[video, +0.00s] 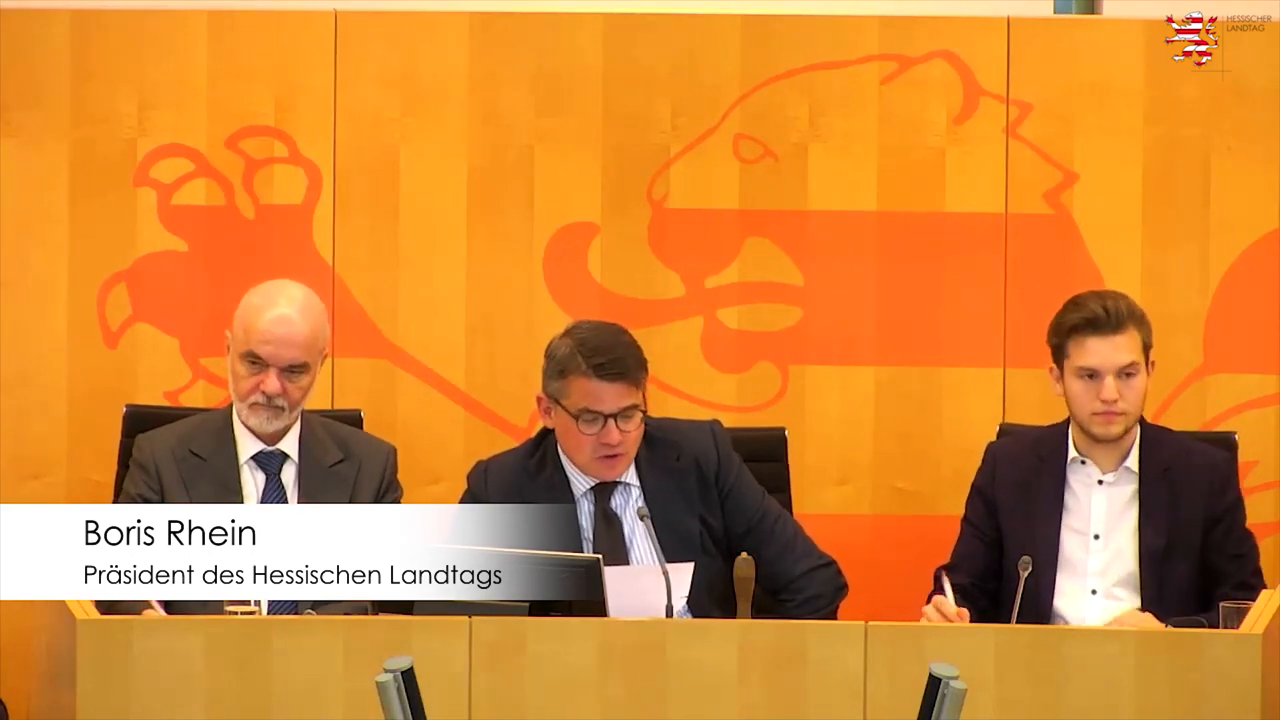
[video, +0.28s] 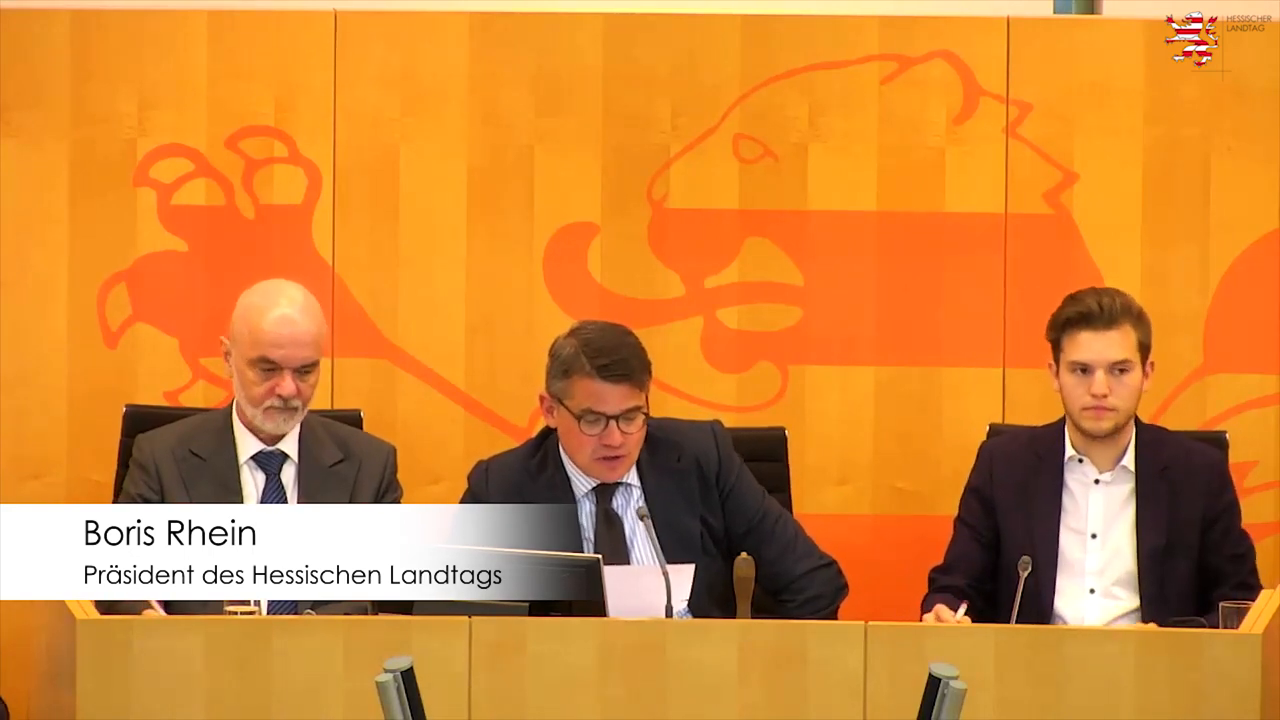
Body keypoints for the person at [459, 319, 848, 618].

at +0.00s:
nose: (613, 437)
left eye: (627, 415)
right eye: (590, 419)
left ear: (645, 396)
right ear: (548, 411)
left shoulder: (703, 456)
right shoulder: (498, 489)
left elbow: (812, 583)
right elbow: (461, 624)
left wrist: (761, 677)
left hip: (703, 677)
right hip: (563, 686)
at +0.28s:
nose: (615, 438)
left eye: (630, 417)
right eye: (592, 420)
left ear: (647, 397)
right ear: (550, 409)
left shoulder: (704, 456)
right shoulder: (498, 488)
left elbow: (813, 583)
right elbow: (463, 624)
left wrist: (760, 677)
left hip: (702, 678)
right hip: (562, 686)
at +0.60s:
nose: (614, 436)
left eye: (630, 414)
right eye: (591, 418)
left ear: (647, 395)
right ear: (549, 407)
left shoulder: (703, 455)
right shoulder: (497, 487)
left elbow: (811, 582)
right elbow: (458, 621)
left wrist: (757, 676)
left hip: (701, 677)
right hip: (562, 685)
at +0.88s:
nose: (617, 440)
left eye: (633, 418)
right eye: (594, 422)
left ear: (650, 398)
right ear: (552, 410)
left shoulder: (705, 457)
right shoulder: (500, 488)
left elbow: (814, 583)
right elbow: (462, 623)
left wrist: (757, 675)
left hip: (702, 678)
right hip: (562, 686)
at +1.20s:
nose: (617, 440)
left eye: (633, 418)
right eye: (594, 422)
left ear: (649, 399)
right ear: (552, 411)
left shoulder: (704, 457)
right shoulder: (499, 488)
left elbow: (814, 583)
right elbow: (459, 622)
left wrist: (757, 676)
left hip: (701, 678)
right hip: (562, 686)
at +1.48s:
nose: (619, 441)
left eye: (634, 419)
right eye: (596, 423)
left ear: (651, 400)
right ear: (554, 412)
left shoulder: (706, 458)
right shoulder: (501, 488)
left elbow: (814, 584)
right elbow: (460, 622)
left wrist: (755, 676)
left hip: (700, 679)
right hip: (562, 687)